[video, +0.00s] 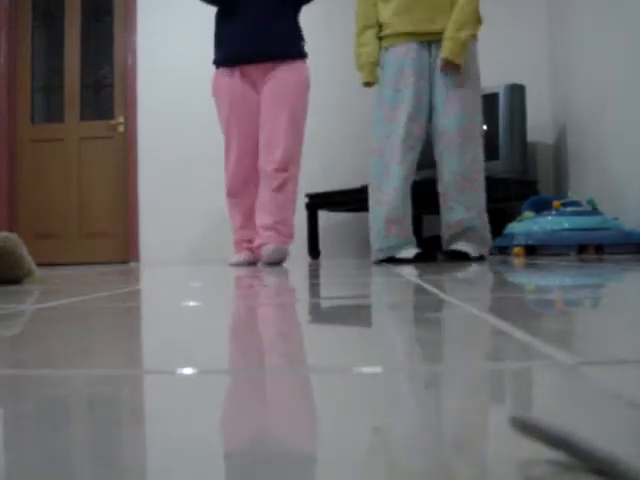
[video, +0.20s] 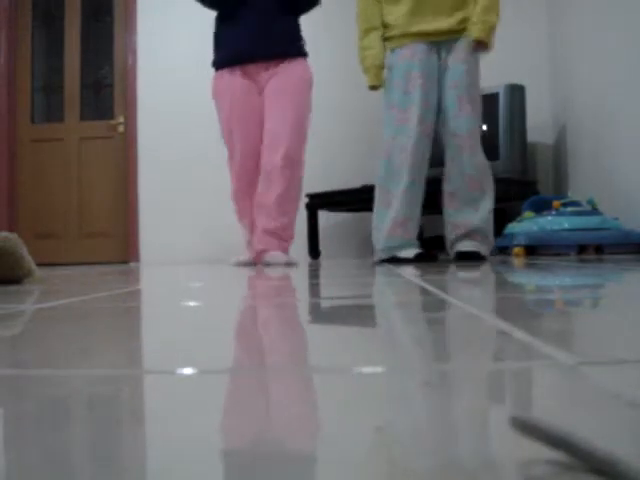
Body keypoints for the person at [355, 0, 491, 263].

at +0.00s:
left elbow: (470, 4)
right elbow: (367, 4)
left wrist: (457, 39)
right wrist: (367, 50)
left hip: (453, 37)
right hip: (399, 39)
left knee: (458, 141)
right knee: (395, 144)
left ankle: (466, 240)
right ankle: (392, 244)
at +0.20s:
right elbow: (368, 4)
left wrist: (483, 19)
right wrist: (372, 53)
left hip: (460, 26)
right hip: (405, 29)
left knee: (464, 138)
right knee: (405, 141)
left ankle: (470, 239)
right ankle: (395, 243)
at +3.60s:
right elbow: (373, 4)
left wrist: (479, 31)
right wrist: (368, 56)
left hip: (467, 30)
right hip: (412, 30)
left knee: (478, 140)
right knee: (416, 139)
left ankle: (484, 240)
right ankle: (410, 242)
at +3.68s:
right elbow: (374, 4)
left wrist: (476, 29)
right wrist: (370, 61)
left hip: (466, 30)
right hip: (412, 31)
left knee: (478, 140)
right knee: (416, 139)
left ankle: (484, 240)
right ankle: (410, 242)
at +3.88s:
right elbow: (378, 7)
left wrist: (474, 25)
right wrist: (382, 61)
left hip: (466, 36)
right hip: (412, 36)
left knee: (478, 142)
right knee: (415, 141)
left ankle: (483, 239)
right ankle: (410, 243)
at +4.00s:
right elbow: (376, 5)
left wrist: (485, 26)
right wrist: (378, 55)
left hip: (461, 25)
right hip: (404, 30)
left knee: (468, 132)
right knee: (406, 135)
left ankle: (475, 232)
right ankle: (403, 236)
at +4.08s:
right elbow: (374, 4)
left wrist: (492, 25)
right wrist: (373, 53)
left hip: (460, 22)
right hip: (400, 25)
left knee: (464, 132)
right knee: (401, 135)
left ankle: (469, 235)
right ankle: (395, 238)